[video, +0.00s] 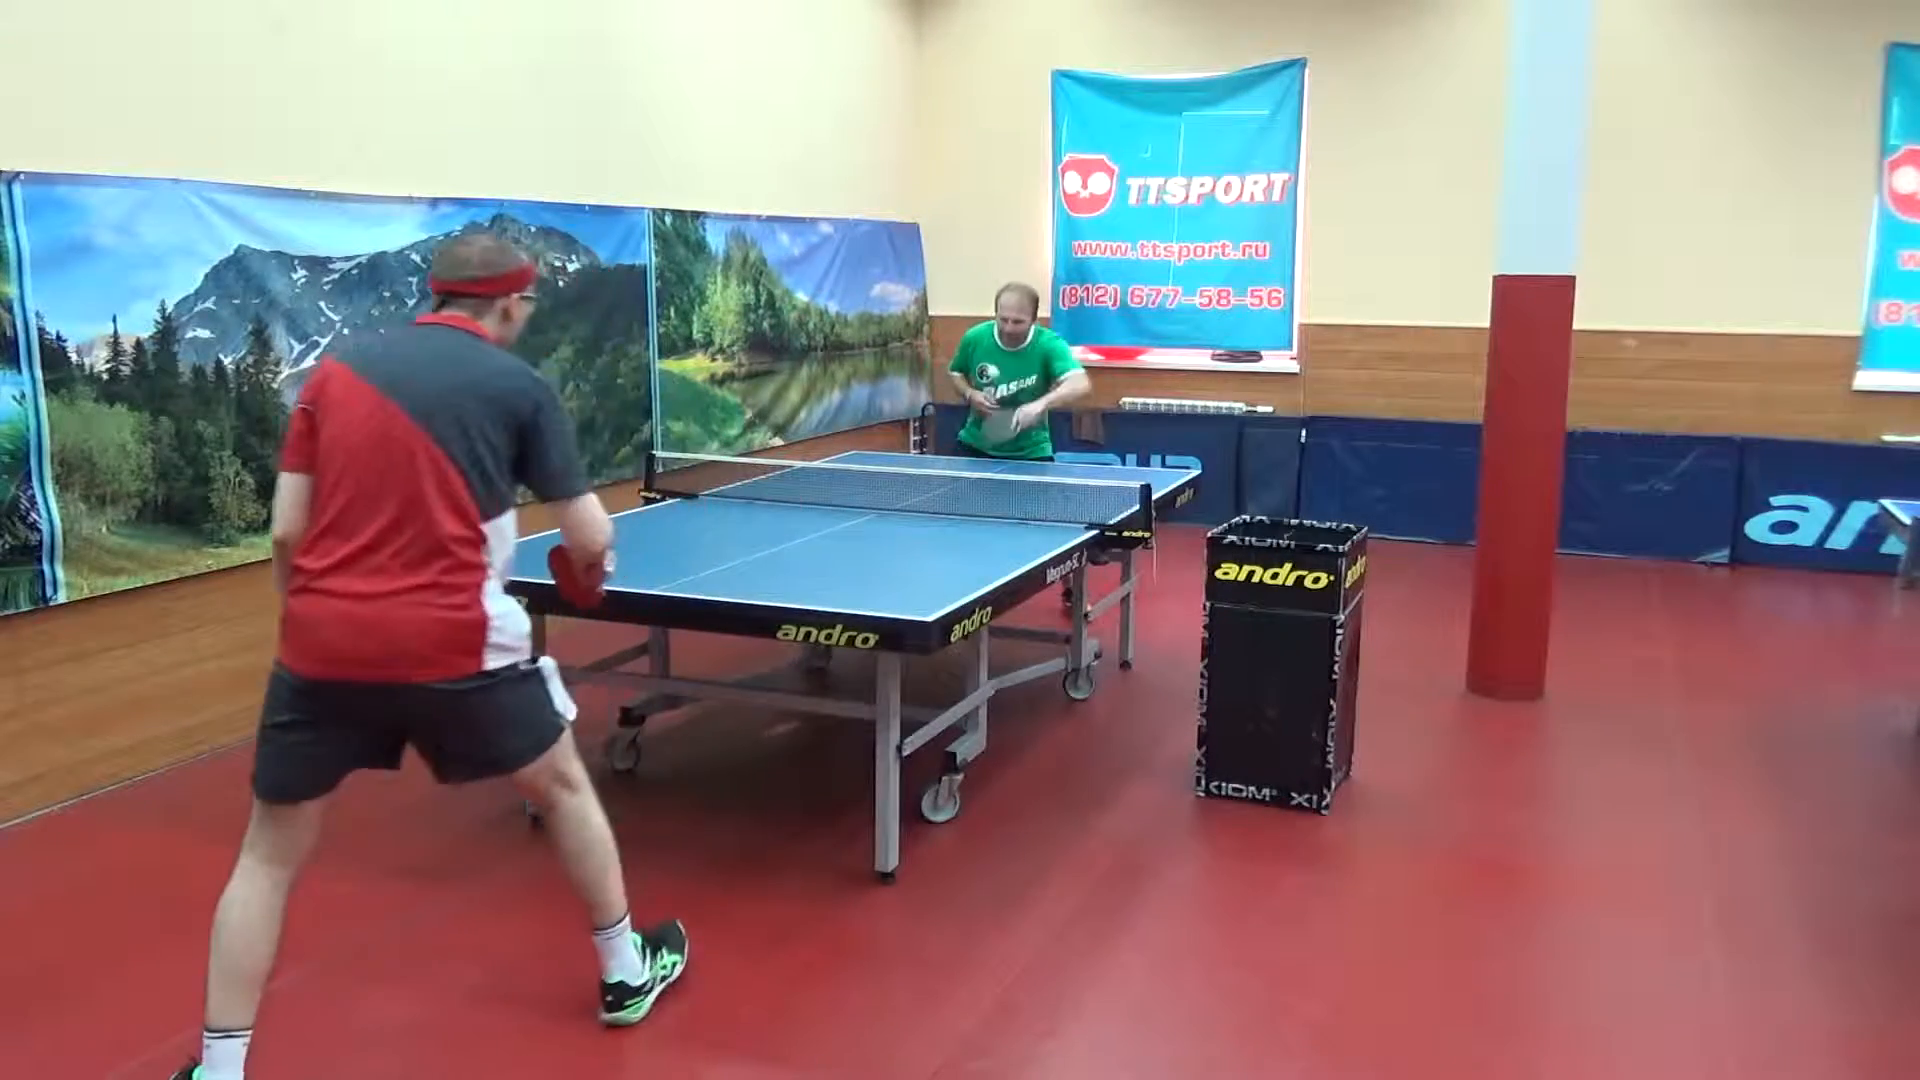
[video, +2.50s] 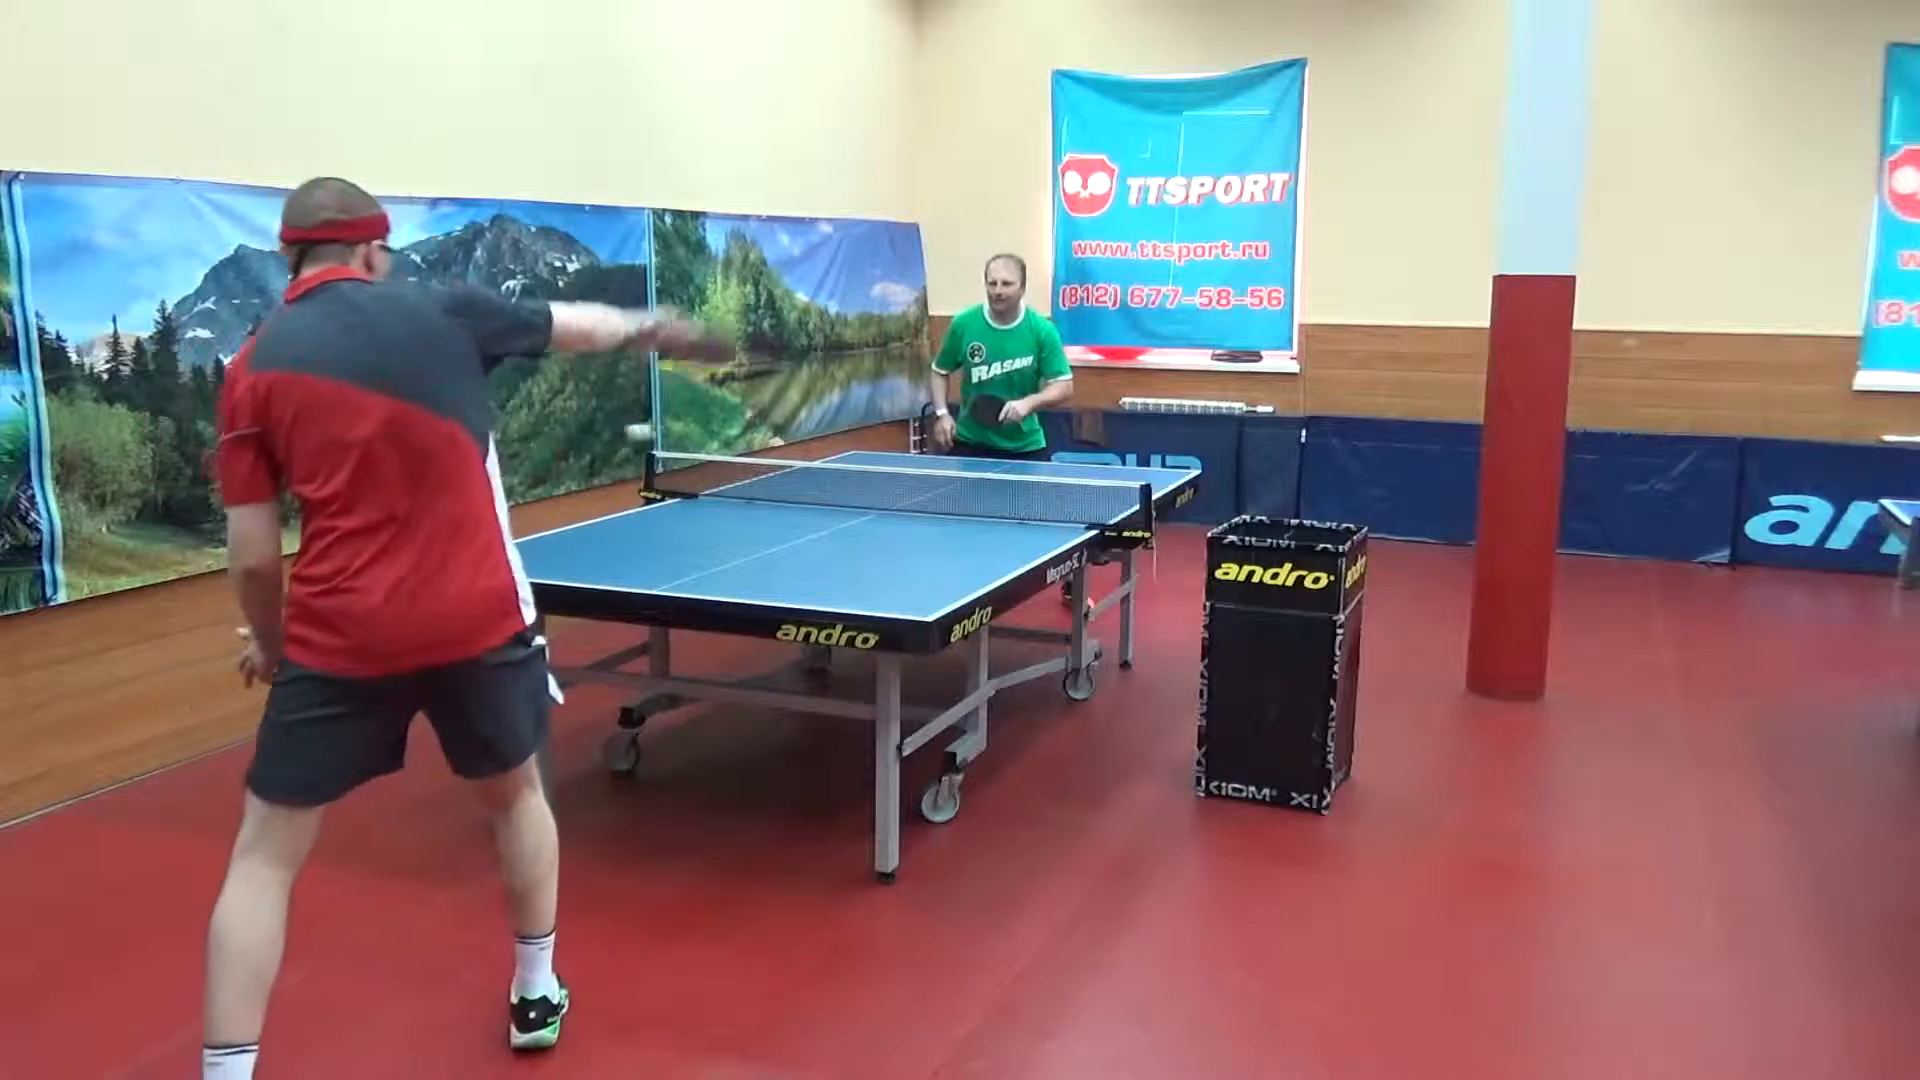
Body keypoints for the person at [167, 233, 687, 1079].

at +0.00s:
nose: (528, 315)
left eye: (527, 302)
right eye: (527, 303)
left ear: (438, 296)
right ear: (508, 304)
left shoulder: (337, 364)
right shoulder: (518, 387)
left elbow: (288, 530)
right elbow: (588, 534)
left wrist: (317, 610)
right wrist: (584, 567)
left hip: (322, 650)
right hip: (462, 649)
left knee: (267, 856)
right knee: (563, 788)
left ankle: (218, 1067)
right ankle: (624, 967)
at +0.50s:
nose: (586, 331)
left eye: (585, 317)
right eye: (583, 318)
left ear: (493, 306)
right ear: (560, 313)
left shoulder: (405, 379)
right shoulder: (572, 382)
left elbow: (362, 537)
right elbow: (679, 493)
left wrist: (395, 613)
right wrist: (648, 528)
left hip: (408, 655)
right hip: (543, 651)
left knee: (320, 850)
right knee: (638, 783)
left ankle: (236, 1062)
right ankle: (671, 976)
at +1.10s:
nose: (625, 339)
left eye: (622, 327)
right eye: (625, 328)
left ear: (538, 314)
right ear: (615, 328)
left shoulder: (458, 383)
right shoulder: (639, 413)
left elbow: (395, 535)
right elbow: (630, 540)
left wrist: (340, 635)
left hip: (431, 665)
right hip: (570, 669)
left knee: (321, 858)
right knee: (640, 790)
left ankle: (221, 1069)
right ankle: (671, 978)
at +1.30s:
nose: (520, 332)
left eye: (518, 319)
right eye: (518, 321)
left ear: (424, 312)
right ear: (502, 320)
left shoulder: (324, 391)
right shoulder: (518, 413)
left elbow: (273, 560)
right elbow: (564, 585)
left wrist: (283, 666)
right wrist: (531, 633)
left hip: (323, 684)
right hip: (466, 679)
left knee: (252, 888)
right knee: (584, 812)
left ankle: (195, 1072)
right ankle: (664, 982)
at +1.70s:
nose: (445, 300)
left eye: (443, 285)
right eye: (444, 284)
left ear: (344, 278)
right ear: (427, 284)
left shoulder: (244, 364)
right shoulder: (448, 374)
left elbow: (192, 544)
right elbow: (534, 536)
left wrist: (225, 646)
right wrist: (520, 568)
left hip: (262, 680)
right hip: (411, 672)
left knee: (219, 890)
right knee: (522, 861)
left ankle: (185, 1076)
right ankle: (577, 1068)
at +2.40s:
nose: (425, 269)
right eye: (423, 258)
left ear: (323, 257)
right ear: (411, 255)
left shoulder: (275, 353)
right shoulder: (467, 326)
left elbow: (252, 540)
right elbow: (570, 400)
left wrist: (249, 642)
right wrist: (514, 442)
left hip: (349, 627)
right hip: (483, 617)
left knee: (277, 858)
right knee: (517, 792)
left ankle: (240, 1069)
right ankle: (536, 993)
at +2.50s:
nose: (386, 260)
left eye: (380, 250)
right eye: (384, 249)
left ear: (291, 258)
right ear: (375, 250)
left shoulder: (254, 367)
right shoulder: (444, 309)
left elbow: (255, 554)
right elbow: (597, 328)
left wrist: (270, 648)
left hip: (339, 631)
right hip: (477, 616)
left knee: (265, 855)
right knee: (515, 796)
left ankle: (227, 1070)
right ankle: (538, 995)